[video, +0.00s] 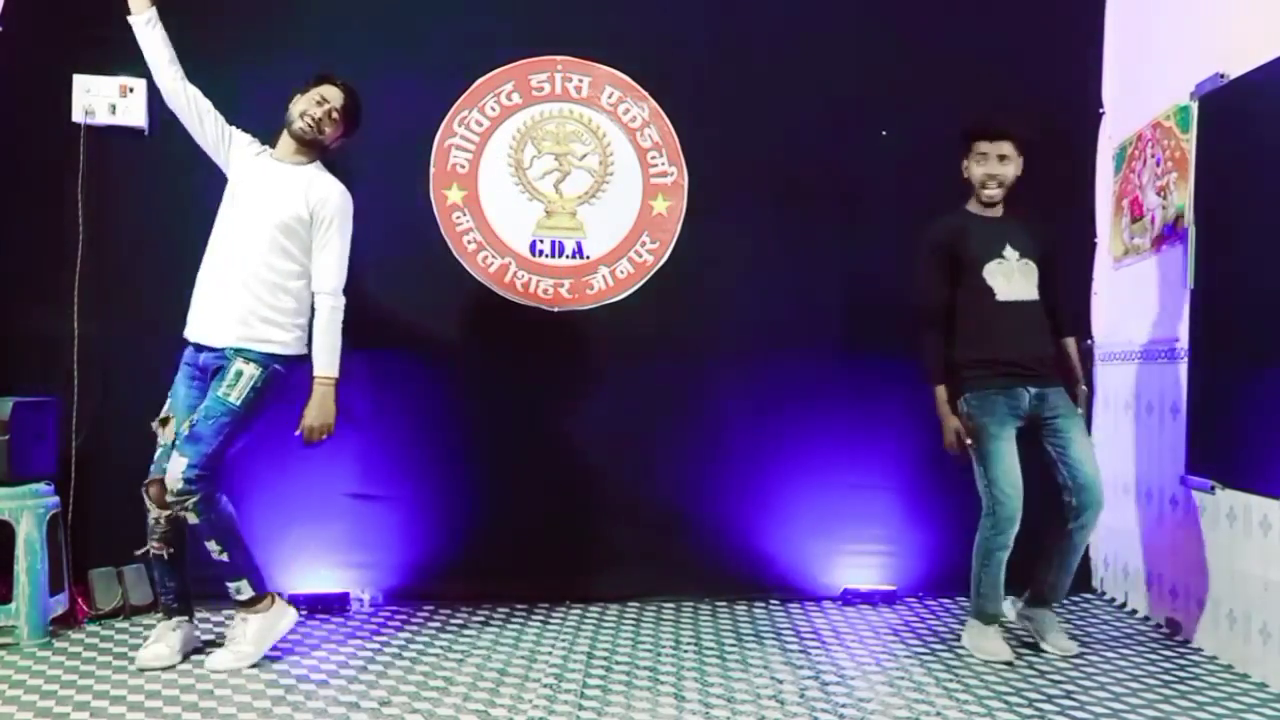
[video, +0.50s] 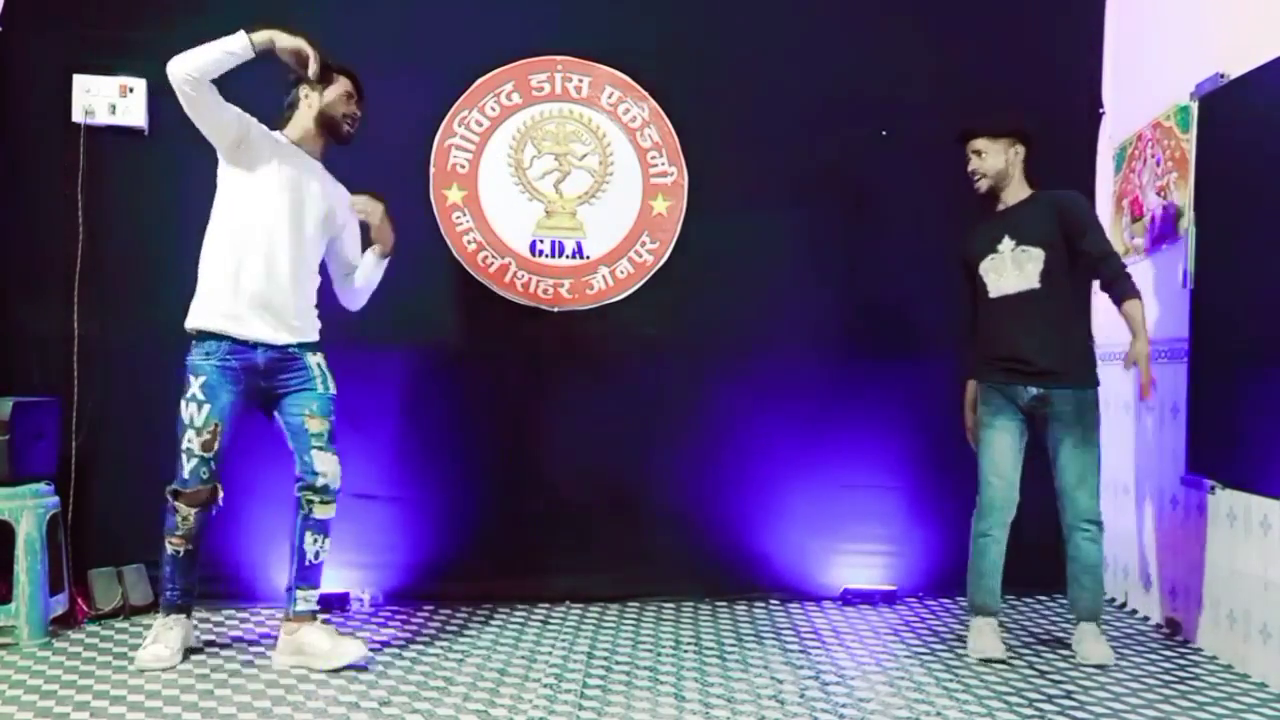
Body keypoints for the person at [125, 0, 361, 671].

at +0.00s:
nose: (323, 112)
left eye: (335, 115)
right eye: (319, 100)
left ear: (337, 137)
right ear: (293, 102)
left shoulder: (329, 195)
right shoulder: (242, 153)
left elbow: (331, 296)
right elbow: (180, 91)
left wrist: (324, 390)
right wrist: (143, 12)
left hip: (259, 351)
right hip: (203, 340)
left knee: (185, 479)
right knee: (160, 481)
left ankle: (261, 606)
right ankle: (175, 619)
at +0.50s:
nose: (354, 107)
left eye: (359, 103)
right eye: (346, 93)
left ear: (349, 120)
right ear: (307, 92)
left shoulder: (337, 198)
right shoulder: (248, 139)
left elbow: (352, 294)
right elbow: (183, 72)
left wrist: (381, 243)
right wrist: (263, 39)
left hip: (299, 352)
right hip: (221, 341)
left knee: (321, 475)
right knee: (194, 480)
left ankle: (300, 625)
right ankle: (173, 618)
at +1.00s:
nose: (422, 88)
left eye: (420, 80)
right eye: (408, 78)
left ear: (405, 96)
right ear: (374, 91)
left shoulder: (424, 180)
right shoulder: (345, 155)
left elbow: (479, 240)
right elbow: (273, 217)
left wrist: (473, 171)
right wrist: (271, 125)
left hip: (399, 340)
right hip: (362, 338)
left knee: (365, 480)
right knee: (446, 458)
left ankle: (304, 624)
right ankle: (455, 619)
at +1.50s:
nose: (543, 115)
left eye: (541, 105)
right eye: (536, 104)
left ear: (505, 111)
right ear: (505, 110)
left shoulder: (531, 179)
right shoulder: (482, 190)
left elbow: (556, 269)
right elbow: (497, 294)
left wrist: (590, 337)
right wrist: (534, 379)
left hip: (571, 358)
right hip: (535, 365)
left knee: (607, 474)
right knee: (560, 488)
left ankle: (583, 606)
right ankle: (493, 628)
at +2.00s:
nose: (624, 109)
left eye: (622, 100)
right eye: (616, 99)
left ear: (587, 107)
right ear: (585, 106)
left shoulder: (605, 172)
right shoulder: (558, 170)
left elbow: (614, 262)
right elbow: (568, 243)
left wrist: (636, 343)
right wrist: (617, 187)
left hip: (619, 350)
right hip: (592, 352)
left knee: (604, 484)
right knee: (595, 484)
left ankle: (600, 610)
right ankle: (588, 616)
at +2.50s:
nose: (661, 130)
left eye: (661, 121)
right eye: (655, 119)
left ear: (626, 118)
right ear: (622, 116)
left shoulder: (631, 183)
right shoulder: (578, 173)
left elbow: (637, 265)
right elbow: (524, 250)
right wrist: (581, 307)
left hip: (636, 352)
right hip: (603, 355)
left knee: (612, 483)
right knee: (607, 483)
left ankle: (599, 610)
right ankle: (590, 616)